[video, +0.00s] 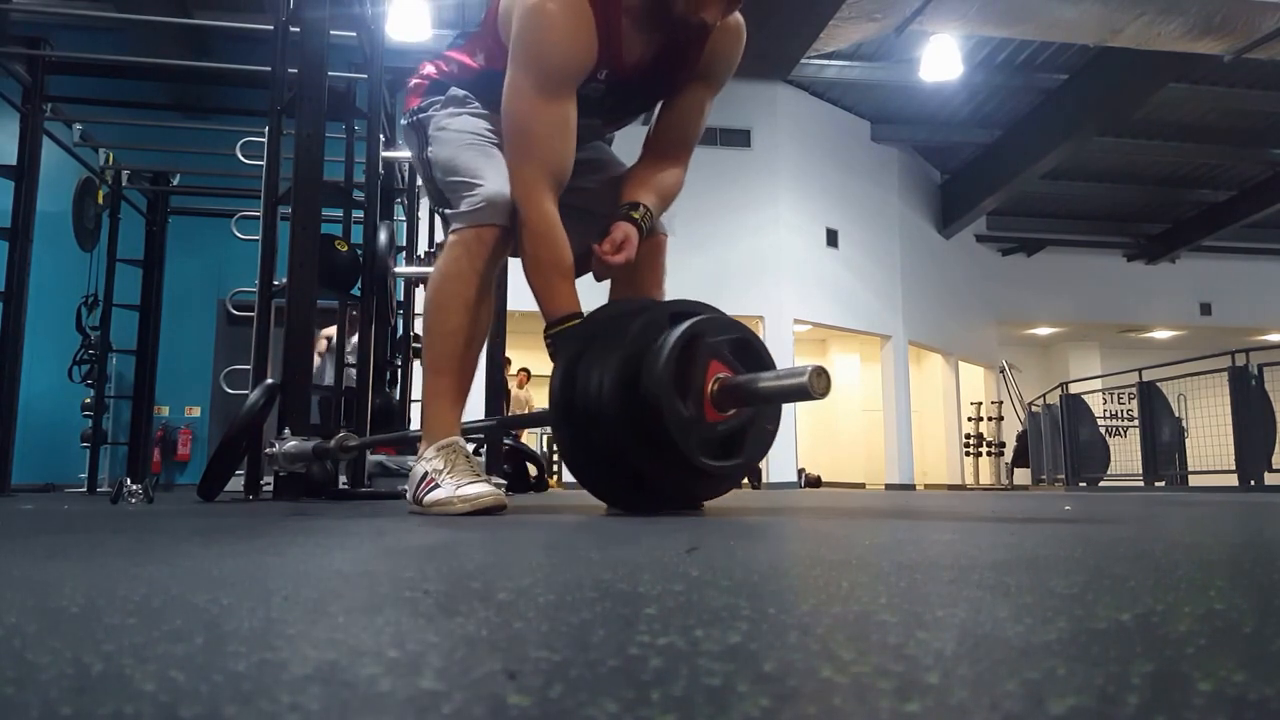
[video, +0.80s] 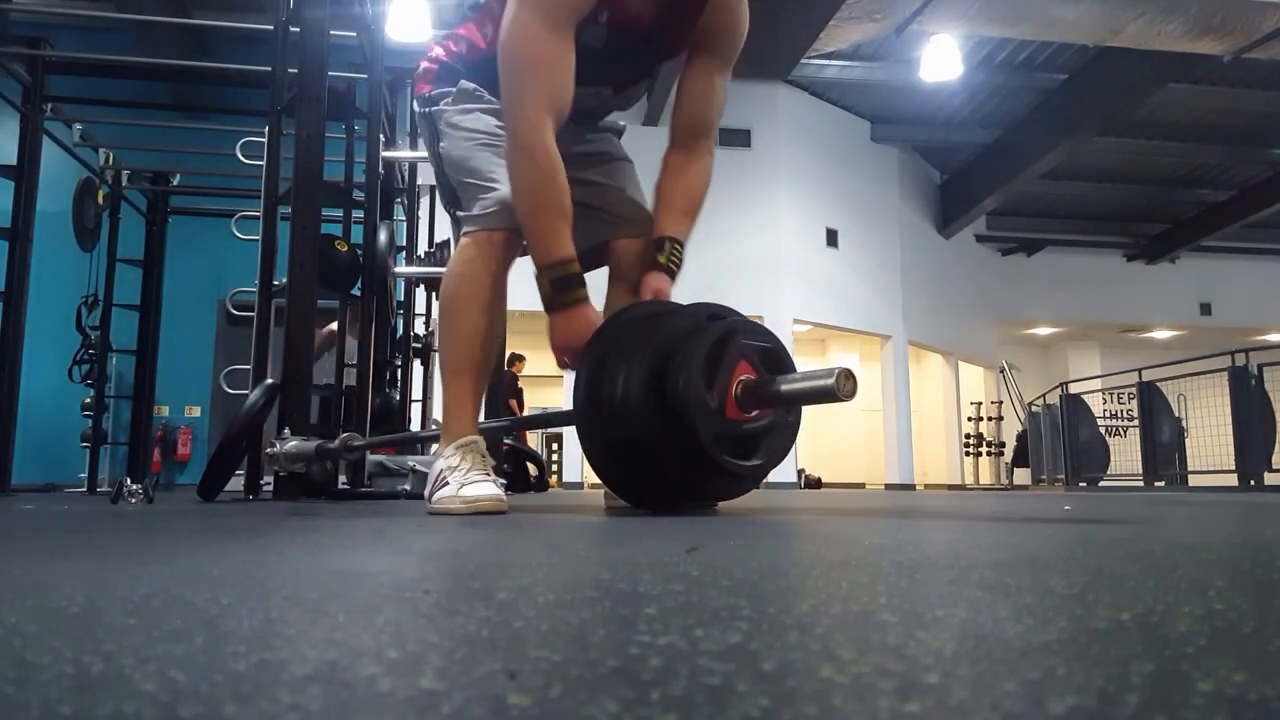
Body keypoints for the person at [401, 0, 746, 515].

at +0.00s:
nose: (718, 11)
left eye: (730, 3)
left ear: (738, 2)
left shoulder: (724, 32)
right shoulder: (558, 14)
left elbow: (668, 155)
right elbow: (536, 191)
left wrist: (634, 214)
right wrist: (570, 345)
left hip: (572, 122)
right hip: (464, 98)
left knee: (646, 238)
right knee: (491, 207)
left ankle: (641, 453)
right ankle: (440, 453)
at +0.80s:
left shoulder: (723, 10)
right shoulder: (553, 4)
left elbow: (693, 143)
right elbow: (531, 126)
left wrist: (664, 264)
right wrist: (565, 295)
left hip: (582, 111)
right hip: (475, 83)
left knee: (639, 247)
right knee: (497, 220)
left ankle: (629, 464)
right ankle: (459, 452)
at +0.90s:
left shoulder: (723, 5)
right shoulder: (535, 2)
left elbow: (707, 135)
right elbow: (516, 100)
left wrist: (684, 268)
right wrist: (547, 270)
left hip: (576, 107)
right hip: (473, 76)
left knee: (631, 241)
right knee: (496, 225)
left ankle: (630, 463)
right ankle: (456, 449)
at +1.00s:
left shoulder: (723, 3)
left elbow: (715, 124)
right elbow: (503, 88)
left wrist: (698, 259)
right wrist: (528, 248)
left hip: (572, 102)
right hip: (470, 73)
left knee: (627, 244)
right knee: (495, 230)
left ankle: (631, 461)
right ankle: (456, 449)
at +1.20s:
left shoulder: (722, 2)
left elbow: (713, 107)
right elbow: (500, 60)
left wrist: (705, 240)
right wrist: (523, 222)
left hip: (576, 99)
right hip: (475, 72)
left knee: (632, 243)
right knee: (494, 222)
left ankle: (632, 461)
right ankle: (459, 449)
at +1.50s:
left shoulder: (726, 3)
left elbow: (711, 124)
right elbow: (517, 83)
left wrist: (699, 259)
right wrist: (539, 248)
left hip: (574, 107)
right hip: (470, 76)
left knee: (629, 243)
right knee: (494, 224)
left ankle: (651, 460)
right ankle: (463, 450)